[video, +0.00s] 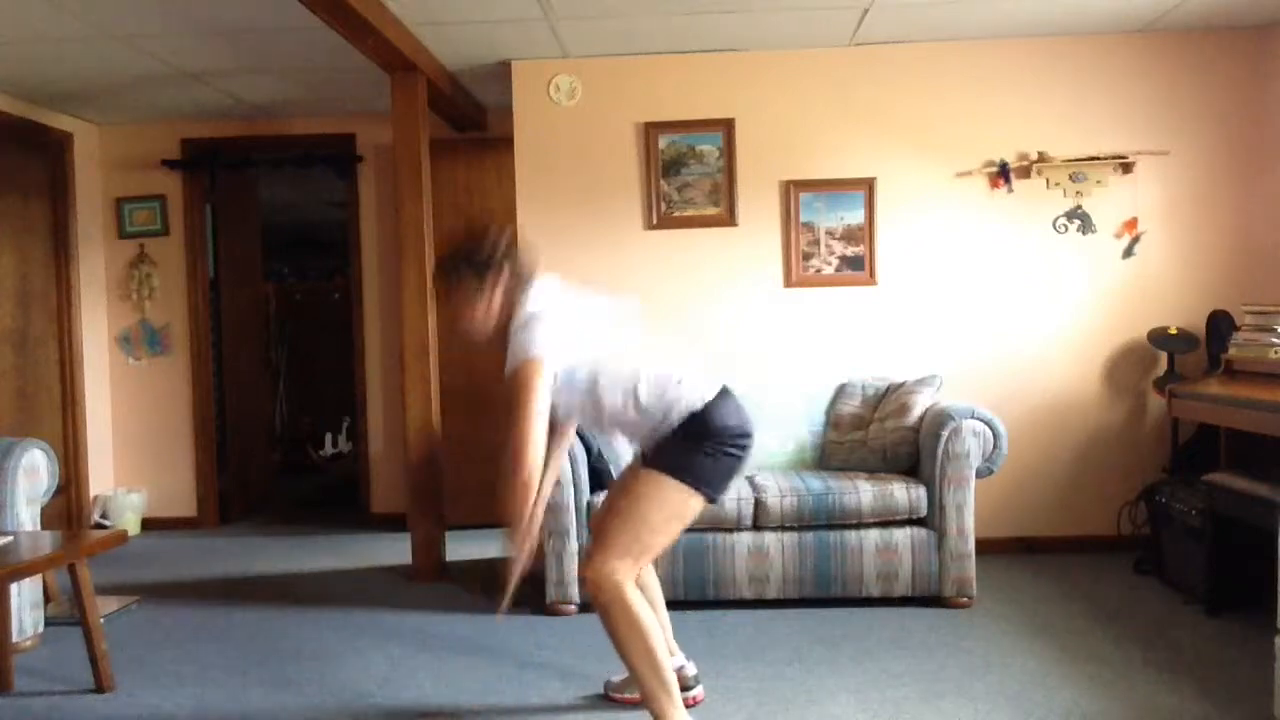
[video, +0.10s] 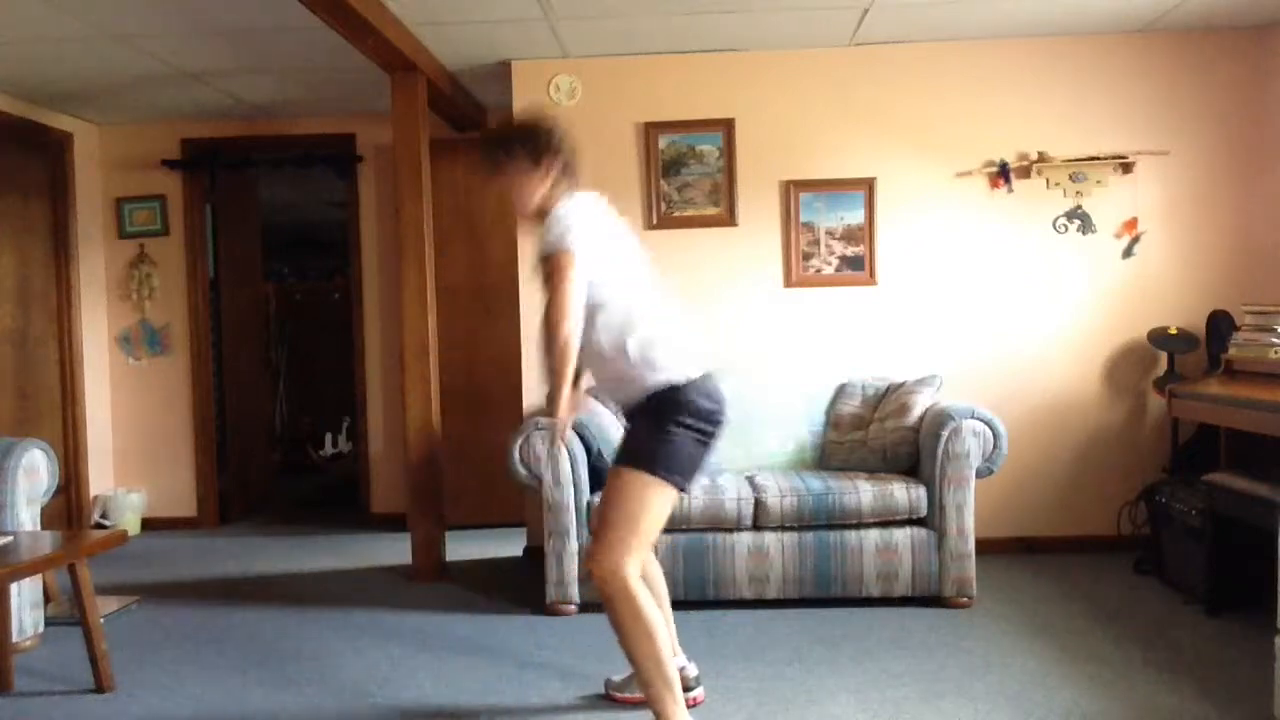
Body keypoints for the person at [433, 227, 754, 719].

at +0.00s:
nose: (459, 317)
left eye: (462, 299)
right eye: (454, 302)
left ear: (494, 283)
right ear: (499, 280)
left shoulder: (535, 322)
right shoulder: (550, 303)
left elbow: (525, 455)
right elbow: (559, 433)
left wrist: (519, 536)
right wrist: (533, 519)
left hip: (705, 424)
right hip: (695, 419)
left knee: (605, 571)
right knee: (612, 536)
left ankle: (671, 711)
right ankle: (670, 666)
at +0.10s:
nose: (504, 188)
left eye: (510, 173)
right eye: (502, 175)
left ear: (549, 166)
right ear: (550, 168)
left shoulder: (567, 219)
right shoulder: (589, 212)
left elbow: (564, 321)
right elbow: (605, 324)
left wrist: (557, 412)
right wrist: (575, 397)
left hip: (675, 400)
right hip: (677, 395)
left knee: (611, 564)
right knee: (628, 546)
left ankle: (671, 708)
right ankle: (671, 668)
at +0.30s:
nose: (567, 130)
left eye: (579, 115)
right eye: (560, 118)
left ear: (616, 117)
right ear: (560, 122)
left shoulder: (614, 177)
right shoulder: (629, 179)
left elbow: (614, 248)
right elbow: (642, 262)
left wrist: (593, 333)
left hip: (637, 375)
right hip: (647, 370)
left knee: (626, 548)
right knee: (634, 536)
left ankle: (673, 705)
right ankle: (672, 667)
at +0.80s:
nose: (529, 150)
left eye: (539, 134)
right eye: (523, 137)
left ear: (575, 129)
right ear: (577, 137)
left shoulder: (589, 188)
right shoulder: (609, 186)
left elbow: (582, 268)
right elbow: (643, 288)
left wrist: (568, 359)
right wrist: (611, 364)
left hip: (651, 382)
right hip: (656, 378)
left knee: (636, 554)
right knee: (646, 545)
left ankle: (676, 704)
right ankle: (674, 670)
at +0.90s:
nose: (471, 217)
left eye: (478, 200)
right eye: (468, 202)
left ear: (515, 190)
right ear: (520, 192)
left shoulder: (542, 235)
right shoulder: (560, 223)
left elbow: (519, 351)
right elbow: (568, 329)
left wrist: (510, 447)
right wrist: (565, 408)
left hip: (681, 393)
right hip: (685, 387)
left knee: (635, 558)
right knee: (649, 548)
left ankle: (675, 708)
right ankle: (674, 672)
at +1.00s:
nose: (447, 282)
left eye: (452, 267)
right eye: (443, 269)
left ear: (488, 251)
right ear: (492, 250)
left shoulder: (526, 294)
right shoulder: (538, 280)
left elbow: (505, 417)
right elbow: (555, 388)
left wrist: (486, 519)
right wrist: (542, 475)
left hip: (701, 400)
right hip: (693, 398)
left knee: (631, 559)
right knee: (642, 549)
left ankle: (676, 711)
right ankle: (675, 672)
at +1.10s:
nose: (440, 392)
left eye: (440, 376)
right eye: (434, 380)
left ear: (467, 357)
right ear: (469, 356)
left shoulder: (517, 388)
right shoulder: (532, 375)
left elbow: (501, 516)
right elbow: (522, 511)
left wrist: (467, 623)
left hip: (708, 428)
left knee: (615, 570)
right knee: (613, 533)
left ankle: (671, 711)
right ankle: (673, 671)